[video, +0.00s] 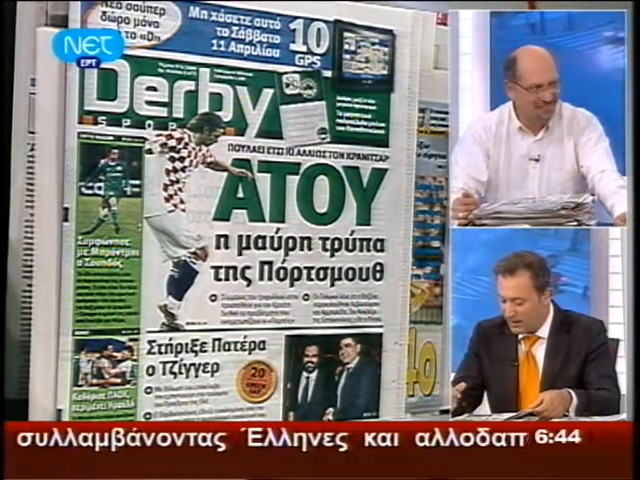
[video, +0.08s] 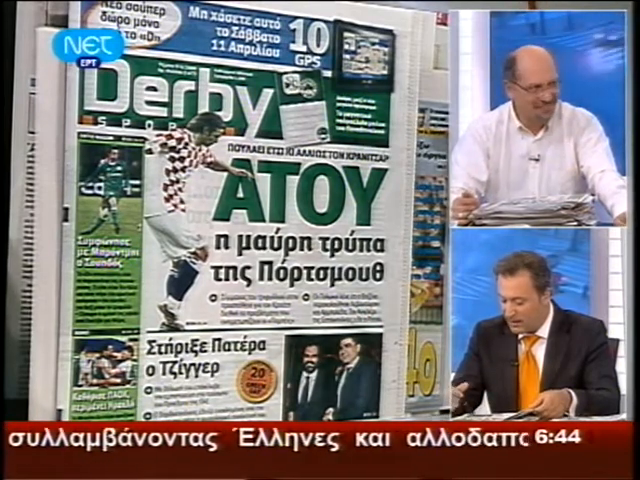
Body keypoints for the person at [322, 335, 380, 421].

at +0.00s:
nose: (343, 351)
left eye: (347, 346)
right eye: (341, 348)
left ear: (358, 348)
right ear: (339, 351)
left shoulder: (367, 367)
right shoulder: (341, 371)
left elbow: (361, 407)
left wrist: (335, 416)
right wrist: (331, 410)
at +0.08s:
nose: (343, 351)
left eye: (347, 346)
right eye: (341, 348)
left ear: (358, 348)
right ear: (339, 351)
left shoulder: (367, 368)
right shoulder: (341, 371)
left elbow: (361, 407)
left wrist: (335, 416)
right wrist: (332, 410)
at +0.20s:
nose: (343, 351)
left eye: (347, 346)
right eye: (341, 348)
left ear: (358, 348)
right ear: (339, 351)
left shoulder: (367, 368)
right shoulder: (341, 371)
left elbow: (361, 407)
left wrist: (335, 416)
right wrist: (332, 410)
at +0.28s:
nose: (343, 351)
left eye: (347, 346)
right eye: (341, 348)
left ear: (358, 348)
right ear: (339, 351)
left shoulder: (367, 368)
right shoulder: (341, 371)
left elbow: (361, 407)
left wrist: (335, 416)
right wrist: (332, 410)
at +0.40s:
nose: (343, 351)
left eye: (347, 346)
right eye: (341, 348)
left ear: (358, 348)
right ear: (339, 351)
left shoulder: (367, 368)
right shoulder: (341, 371)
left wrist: (335, 416)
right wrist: (332, 410)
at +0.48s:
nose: (343, 351)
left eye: (347, 346)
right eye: (341, 348)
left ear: (358, 348)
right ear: (338, 351)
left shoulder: (367, 367)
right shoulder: (341, 371)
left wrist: (335, 416)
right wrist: (331, 410)